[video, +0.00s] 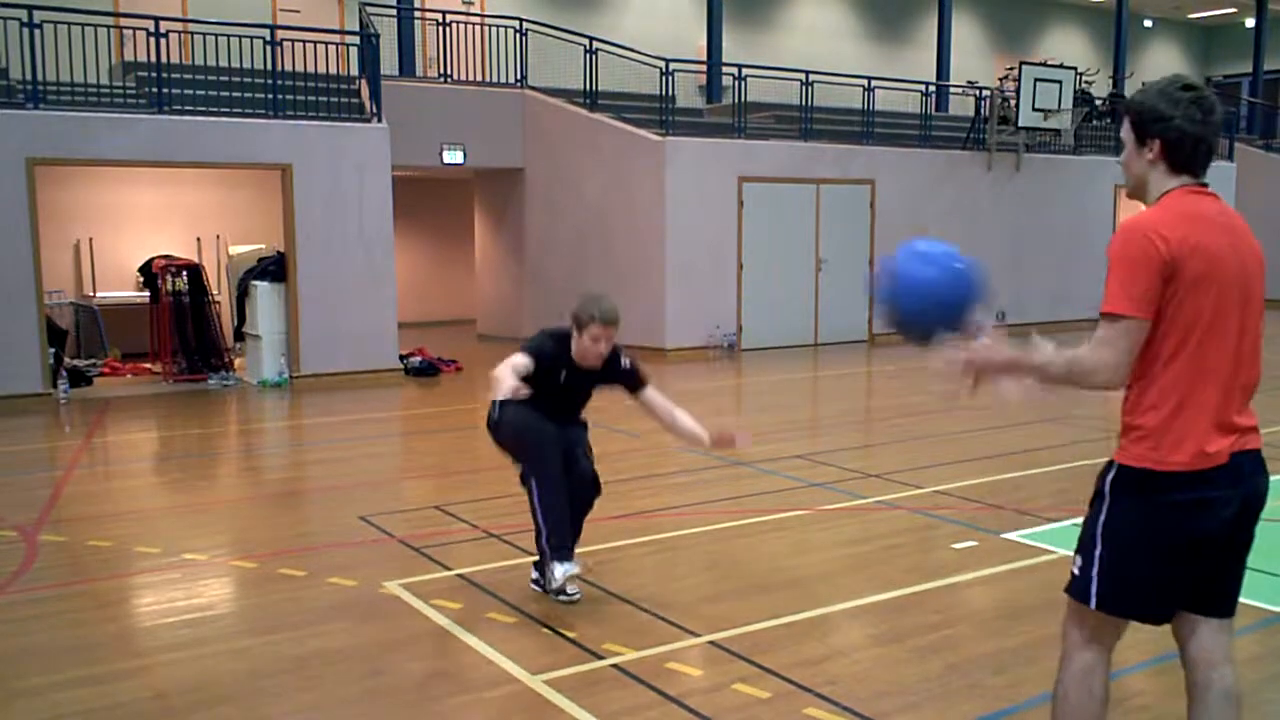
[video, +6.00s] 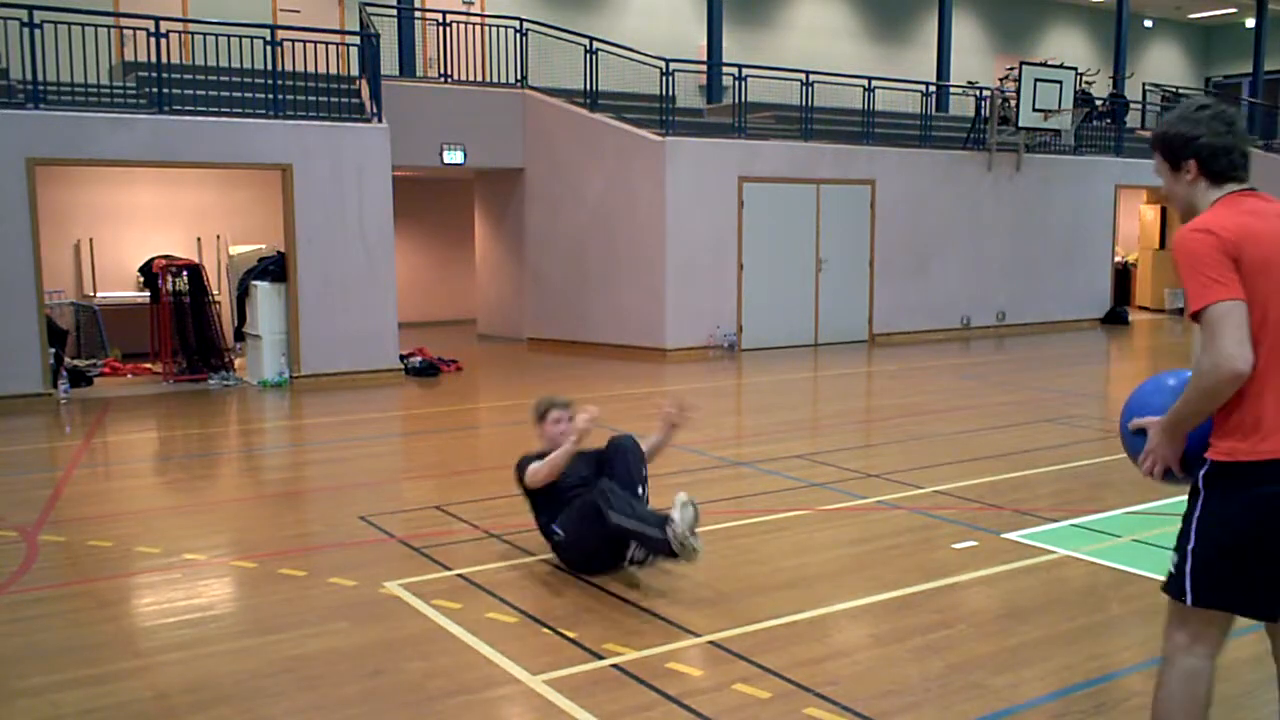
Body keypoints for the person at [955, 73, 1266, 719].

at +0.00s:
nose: (1120, 159)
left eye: (1124, 143)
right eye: (1122, 144)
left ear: (1149, 147)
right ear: (1196, 148)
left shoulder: (1146, 230)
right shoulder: (1239, 232)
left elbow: (1106, 365)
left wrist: (1009, 356)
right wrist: (1039, 363)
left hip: (1154, 475)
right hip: (1234, 472)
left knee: (1088, 637)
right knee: (1206, 636)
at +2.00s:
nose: (1120, 178)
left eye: (1121, 162)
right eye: (1119, 163)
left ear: (1146, 157)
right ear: (1193, 155)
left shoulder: (1158, 230)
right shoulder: (1252, 227)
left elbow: (1180, 362)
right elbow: (1250, 361)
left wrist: (1108, 422)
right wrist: (1144, 412)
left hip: (1185, 482)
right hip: (1259, 476)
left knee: (1108, 648)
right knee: (1224, 651)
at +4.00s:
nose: (1110, 161)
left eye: (1111, 145)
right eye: (1109, 146)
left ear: (1134, 147)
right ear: (1190, 146)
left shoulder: (1124, 227)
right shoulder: (1252, 234)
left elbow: (1090, 362)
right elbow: (1237, 344)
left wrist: (1065, 307)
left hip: (1152, 479)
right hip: (1241, 475)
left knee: (1105, 656)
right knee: (1212, 647)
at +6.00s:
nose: (1160, 190)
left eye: (1162, 175)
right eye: (1158, 176)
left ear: (1190, 169)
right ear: (1227, 163)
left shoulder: (1205, 233)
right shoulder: (1273, 212)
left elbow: (1230, 360)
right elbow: (1259, 347)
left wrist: (1171, 428)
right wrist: (1196, 409)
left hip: (1250, 464)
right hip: (1279, 458)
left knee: (1191, 639)